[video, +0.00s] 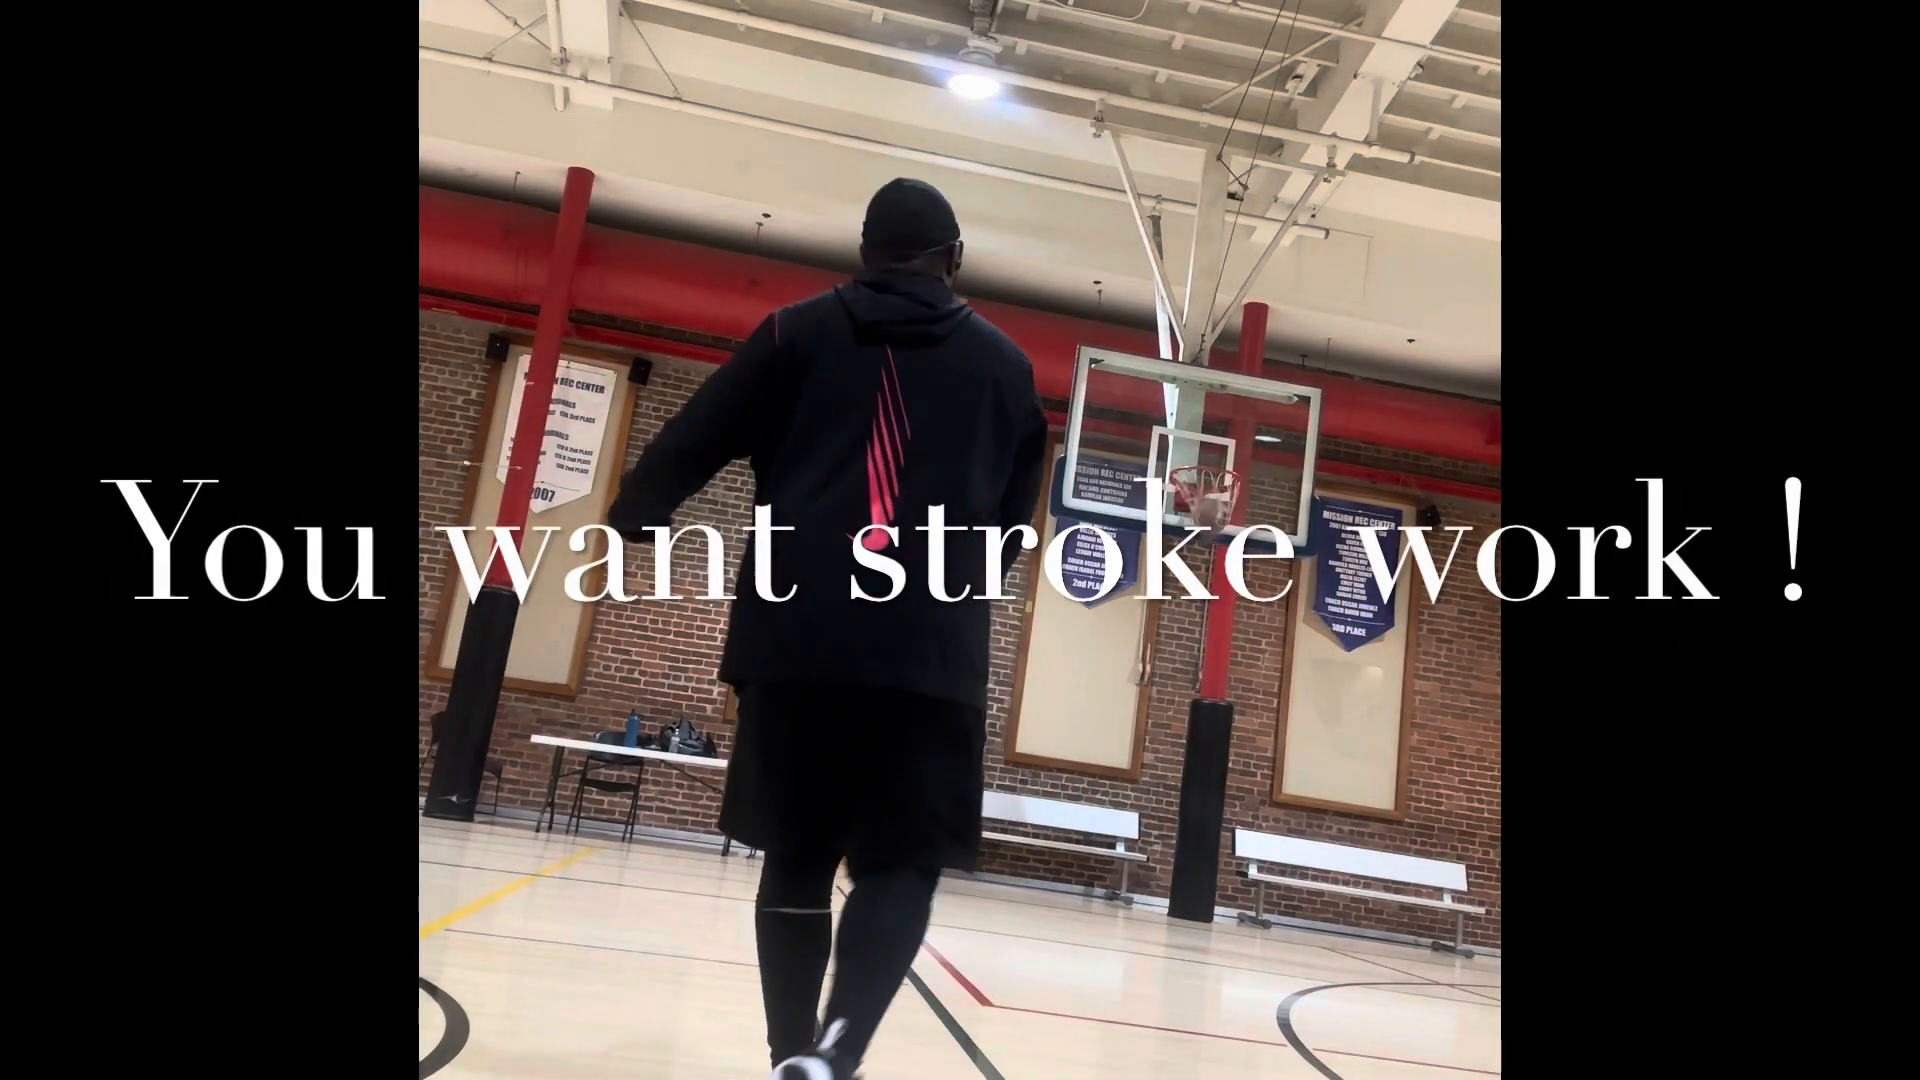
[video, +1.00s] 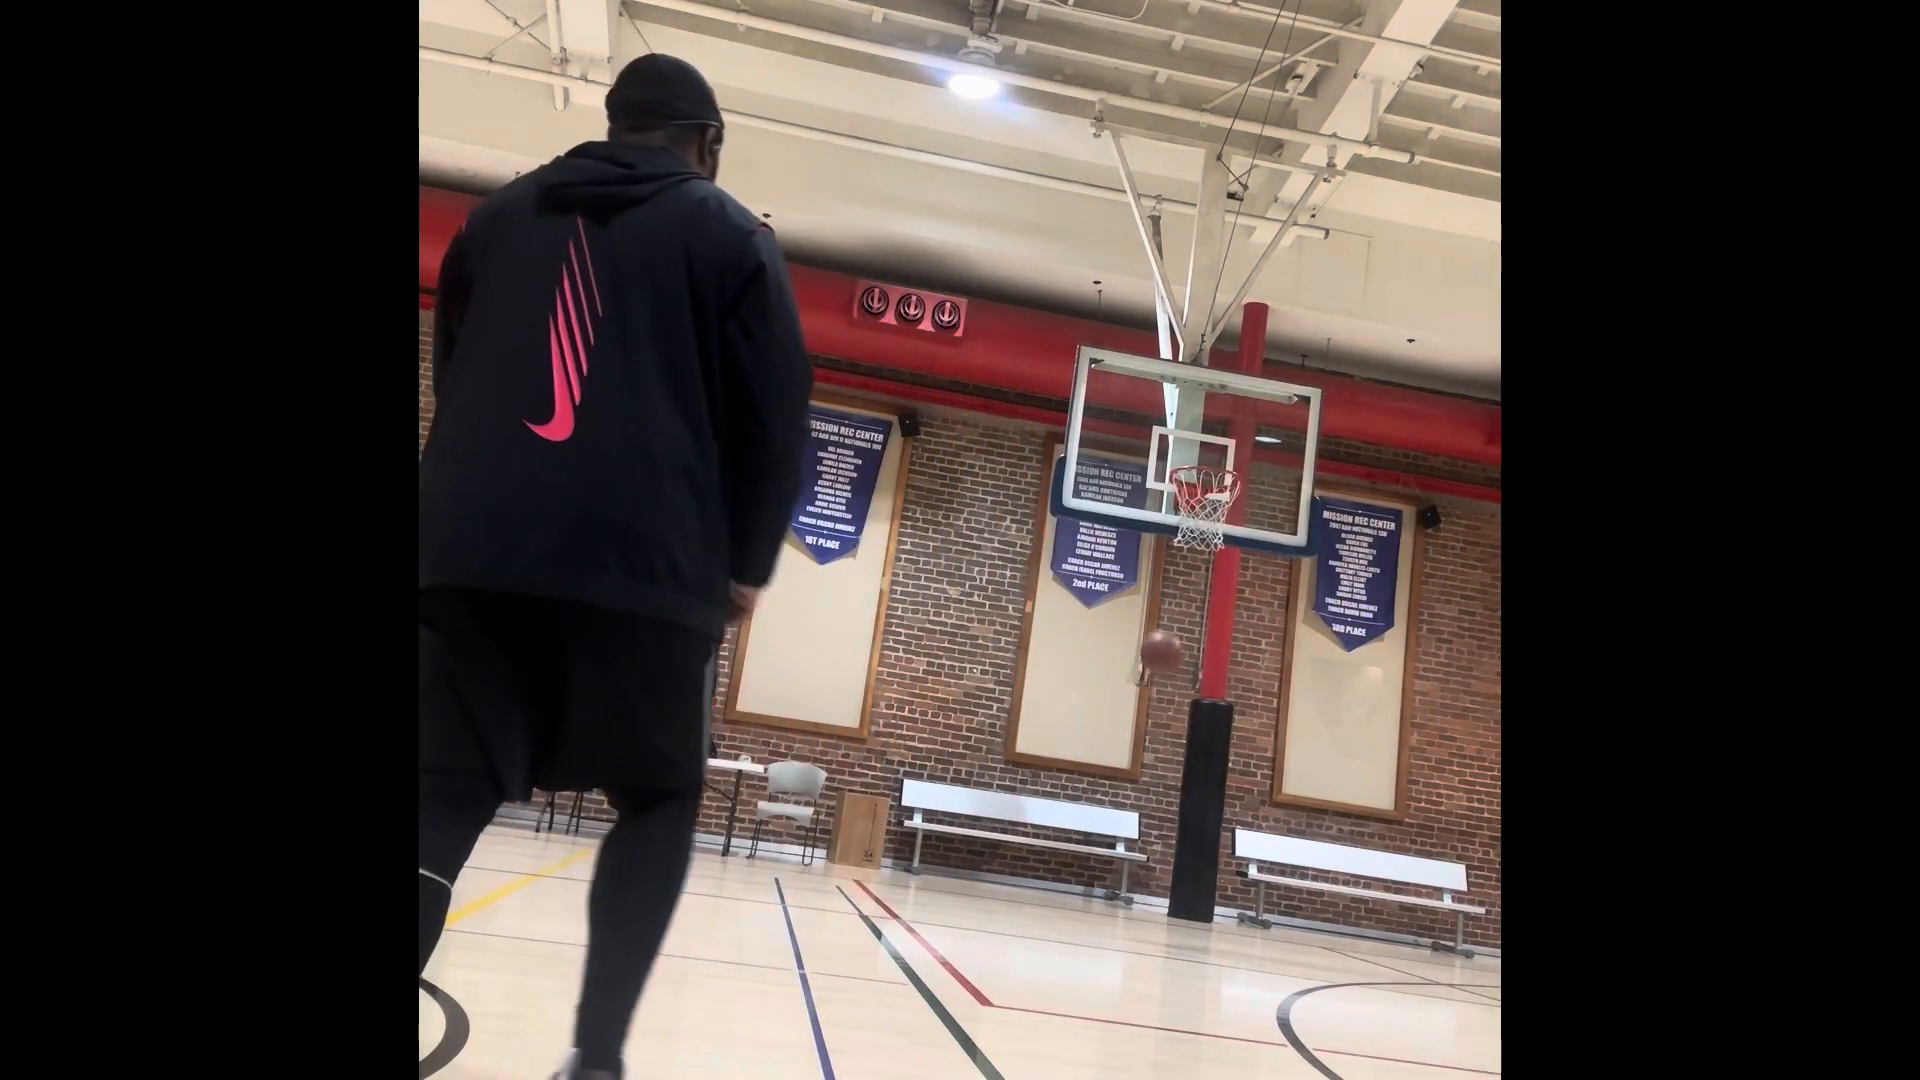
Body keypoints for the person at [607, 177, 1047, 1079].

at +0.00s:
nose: (944, 270)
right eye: (949, 257)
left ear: (863, 252)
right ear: (950, 260)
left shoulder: (798, 336)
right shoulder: (1002, 368)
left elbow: (691, 441)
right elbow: (1013, 518)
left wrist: (627, 517)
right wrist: (970, 578)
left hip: (792, 650)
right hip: (929, 666)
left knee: (796, 854)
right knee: (903, 861)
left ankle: (792, 1062)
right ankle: (834, 1053)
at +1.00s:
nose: (720, 164)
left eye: (717, 152)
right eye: (721, 150)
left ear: (609, 126)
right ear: (701, 142)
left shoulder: (501, 213)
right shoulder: (729, 236)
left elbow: (455, 374)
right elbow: (779, 418)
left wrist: (473, 505)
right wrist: (748, 571)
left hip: (470, 555)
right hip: (644, 571)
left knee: (442, 802)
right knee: (659, 800)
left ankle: (407, 1035)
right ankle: (597, 1055)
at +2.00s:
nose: (710, 289)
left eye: (703, 277)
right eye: (710, 277)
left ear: (625, 263)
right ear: (699, 274)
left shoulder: (541, 338)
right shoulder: (726, 361)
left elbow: (474, 468)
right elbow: (760, 493)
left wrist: (451, 591)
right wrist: (721, 598)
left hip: (515, 617)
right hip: (636, 638)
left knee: (491, 810)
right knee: (568, 824)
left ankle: (473, 1012)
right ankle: (480, 1035)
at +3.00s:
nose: (822, 376)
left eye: (822, 365)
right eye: (822, 363)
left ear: (747, 349)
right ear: (801, 354)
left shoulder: (681, 415)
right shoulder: (797, 417)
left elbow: (638, 536)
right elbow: (830, 538)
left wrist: (637, 643)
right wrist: (872, 645)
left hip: (662, 654)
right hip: (739, 665)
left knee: (676, 821)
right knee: (730, 828)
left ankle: (635, 1002)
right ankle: (629, 1019)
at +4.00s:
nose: (792, 358)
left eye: (785, 345)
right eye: (791, 346)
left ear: (712, 331)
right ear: (779, 339)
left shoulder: (639, 398)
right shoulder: (787, 381)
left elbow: (608, 525)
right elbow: (815, 511)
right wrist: (819, 633)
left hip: (604, 637)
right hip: (723, 647)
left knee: (581, 822)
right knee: (716, 839)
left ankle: (495, 1038)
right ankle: (728, 1034)